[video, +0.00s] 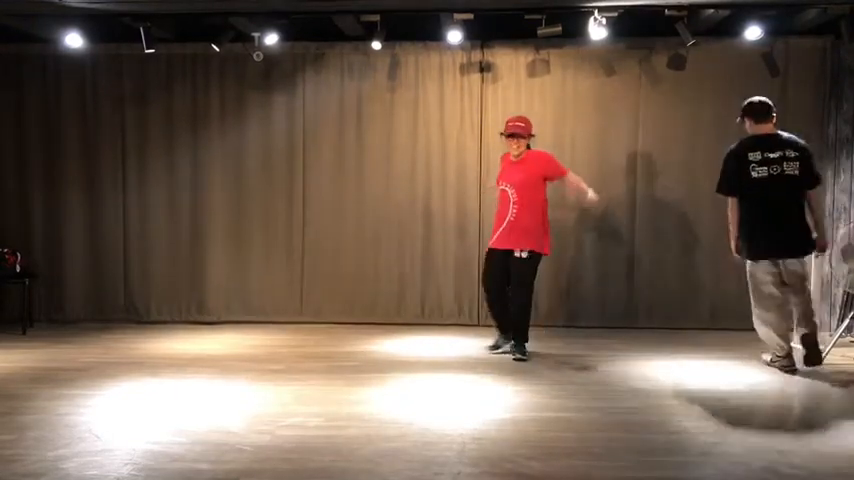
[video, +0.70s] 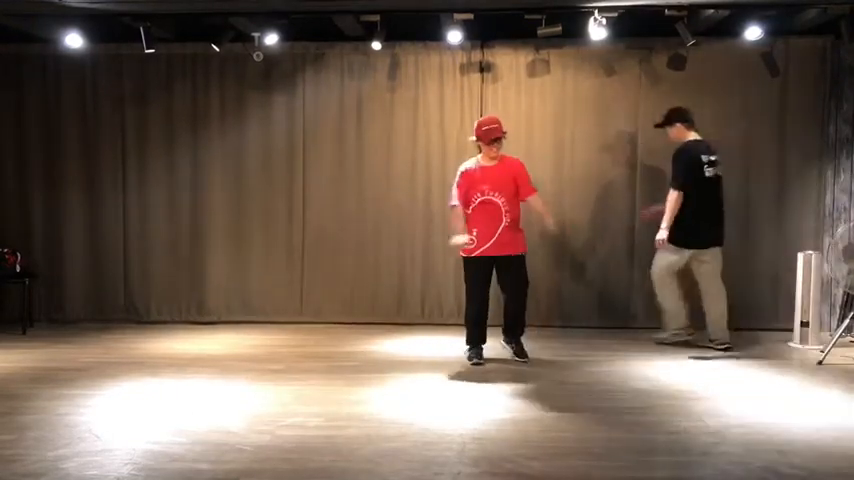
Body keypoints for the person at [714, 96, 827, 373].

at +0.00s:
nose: (743, 125)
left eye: (742, 121)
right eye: (745, 121)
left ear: (745, 121)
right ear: (775, 118)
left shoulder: (738, 153)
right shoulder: (797, 147)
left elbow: (733, 202)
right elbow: (813, 194)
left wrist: (734, 238)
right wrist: (821, 232)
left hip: (758, 238)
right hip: (794, 235)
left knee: (768, 301)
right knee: (799, 290)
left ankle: (782, 355)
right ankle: (808, 334)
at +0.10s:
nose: (739, 125)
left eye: (738, 121)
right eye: (738, 121)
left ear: (743, 120)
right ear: (767, 118)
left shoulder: (733, 151)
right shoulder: (790, 148)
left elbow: (727, 199)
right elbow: (799, 195)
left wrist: (734, 229)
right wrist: (802, 228)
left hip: (753, 233)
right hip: (786, 231)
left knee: (764, 295)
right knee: (784, 289)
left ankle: (781, 354)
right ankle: (791, 340)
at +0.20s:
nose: (730, 126)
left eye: (730, 121)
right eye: (729, 122)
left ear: (738, 120)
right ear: (759, 120)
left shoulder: (728, 151)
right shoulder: (781, 150)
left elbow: (716, 193)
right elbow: (787, 196)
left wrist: (735, 211)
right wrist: (785, 234)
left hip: (743, 233)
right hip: (773, 231)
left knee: (757, 298)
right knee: (762, 288)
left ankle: (780, 352)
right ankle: (753, 336)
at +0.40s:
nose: (710, 130)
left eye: (712, 125)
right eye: (711, 125)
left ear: (720, 125)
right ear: (735, 126)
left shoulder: (712, 155)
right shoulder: (755, 156)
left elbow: (699, 198)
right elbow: (758, 199)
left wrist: (697, 225)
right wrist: (762, 228)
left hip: (720, 230)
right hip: (748, 230)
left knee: (735, 293)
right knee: (738, 287)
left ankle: (776, 345)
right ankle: (719, 336)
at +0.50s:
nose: (697, 131)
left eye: (698, 126)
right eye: (697, 126)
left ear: (707, 125)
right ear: (720, 125)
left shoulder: (702, 153)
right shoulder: (741, 152)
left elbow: (690, 196)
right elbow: (741, 193)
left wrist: (682, 224)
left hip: (709, 228)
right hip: (737, 227)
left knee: (704, 283)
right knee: (728, 285)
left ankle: (752, 324)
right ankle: (719, 336)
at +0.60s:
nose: (683, 133)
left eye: (684, 128)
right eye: (682, 128)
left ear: (694, 125)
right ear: (704, 125)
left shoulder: (694, 152)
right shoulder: (725, 152)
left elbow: (682, 195)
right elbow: (723, 197)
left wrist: (671, 230)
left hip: (698, 233)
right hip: (725, 233)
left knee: (679, 275)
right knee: (720, 287)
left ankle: (722, 318)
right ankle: (718, 337)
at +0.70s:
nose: (668, 136)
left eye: (669, 130)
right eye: (667, 131)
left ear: (679, 127)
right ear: (688, 126)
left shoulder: (684, 153)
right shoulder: (707, 149)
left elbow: (676, 193)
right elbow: (696, 195)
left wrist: (664, 227)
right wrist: (662, 209)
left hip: (687, 231)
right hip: (710, 230)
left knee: (661, 270)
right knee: (712, 284)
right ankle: (719, 336)